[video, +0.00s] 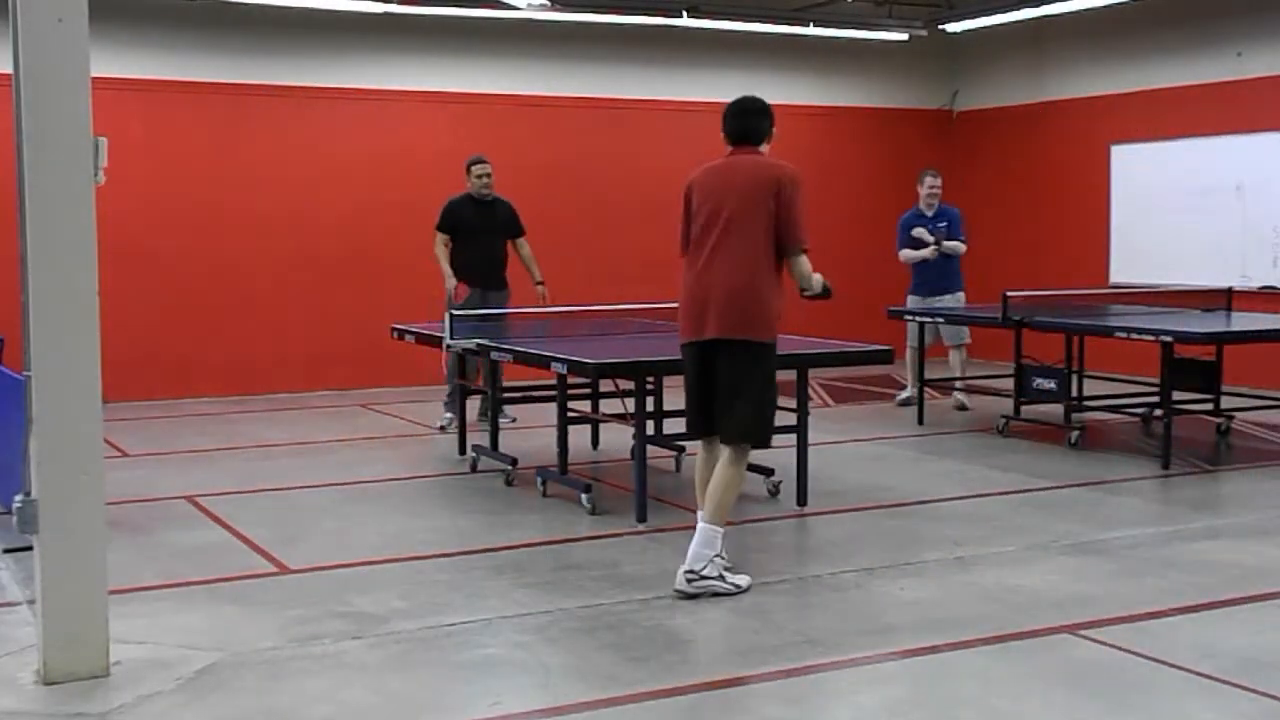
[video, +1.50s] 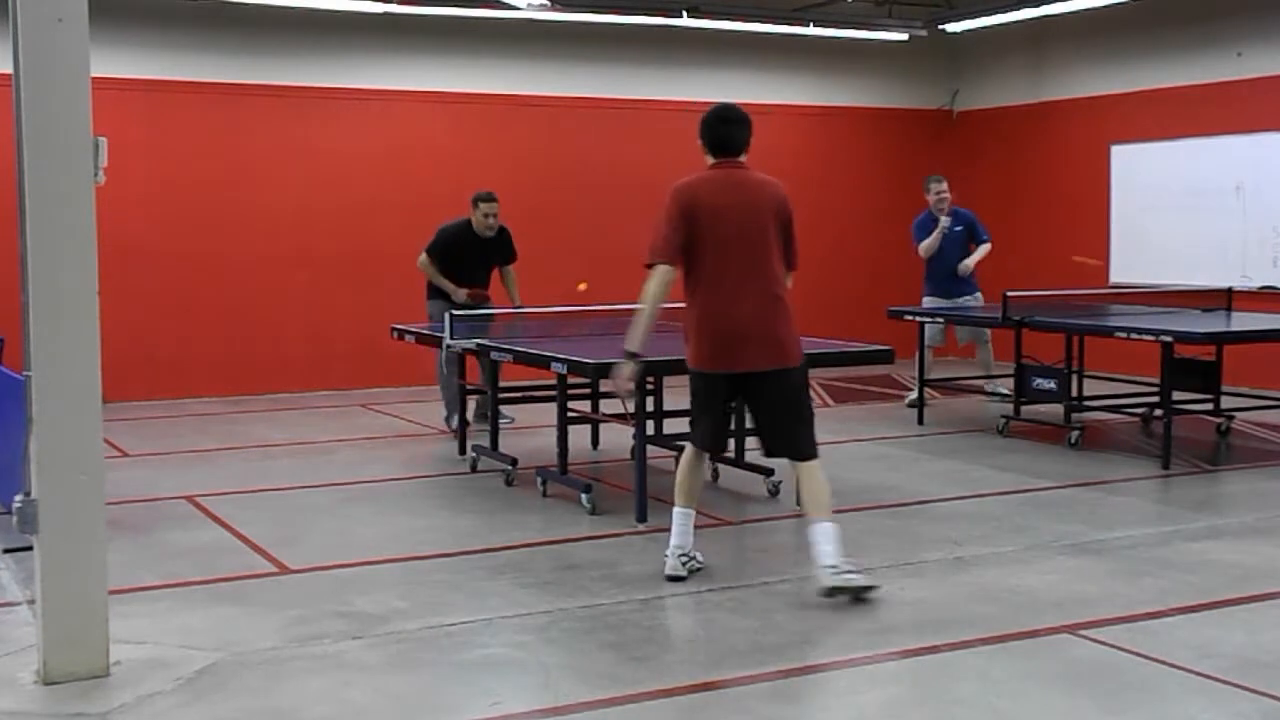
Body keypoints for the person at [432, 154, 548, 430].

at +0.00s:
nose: (486, 181)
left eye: (489, 176)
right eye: (479, 177)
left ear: (494, 178)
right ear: (468, 180)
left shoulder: (505, 209)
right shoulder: (455, 208)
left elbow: (521, 245)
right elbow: (441, 244)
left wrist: (538, 280)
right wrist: (449, 278)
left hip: (497, 290)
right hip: (464, 289)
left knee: (495, 351)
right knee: (459, 350)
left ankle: (492, 405)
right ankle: (453, 407)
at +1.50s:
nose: (492, 222)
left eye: (495, 216)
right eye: (486, 216)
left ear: (499, 214)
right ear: (473, 214)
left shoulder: (501, 236)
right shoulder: (451, 234)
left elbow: (506, 270)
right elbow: (423, 262)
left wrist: (517, 302)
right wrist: (453, 290)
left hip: (480, 301)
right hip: (446, 302)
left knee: (490, 355)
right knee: (451, 357)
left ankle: (487, 407)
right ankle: (454, 413)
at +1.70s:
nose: (497, 233)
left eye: (501, 227)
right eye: (491, 228)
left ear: (505, 225)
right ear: (477, 225)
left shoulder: (498, 242)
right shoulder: (459, 245)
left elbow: (488, 264)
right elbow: (432, 287)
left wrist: (490, 284)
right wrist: (462, 308)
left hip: (465, 305)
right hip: (435, 306)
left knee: (480, 355)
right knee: (442, 363)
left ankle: (483, 408)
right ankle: (455, 418)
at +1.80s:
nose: (497, 234)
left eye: (500, 228)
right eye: (491, 228)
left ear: (503, 225)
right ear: (476, 225)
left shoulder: (491, 245)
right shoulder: (459, 246)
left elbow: (471, 273)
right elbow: (447, 295)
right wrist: (489, 308)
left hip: (457, 302)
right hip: (431, 304)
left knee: (465, 357)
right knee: (440, 363)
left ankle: (475, 408)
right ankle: (455, 419)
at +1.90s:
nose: (495, 238)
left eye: (498, 232)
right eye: (490, 231)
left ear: (502, 227)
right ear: (475, 226)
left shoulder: (482, 241)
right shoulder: (461, 245)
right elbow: (472, 288)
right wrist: (518, 290)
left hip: (454, 302)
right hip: (430, 303)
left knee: (458, 355)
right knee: (439, 362)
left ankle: (461, 403)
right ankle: (454, 419)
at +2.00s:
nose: (493, 240)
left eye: (496, 234)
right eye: (488, 234)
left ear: (498, 229)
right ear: (473, 228)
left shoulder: (473, 232)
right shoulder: (459, 245)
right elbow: (489, 264)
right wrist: (521, 272)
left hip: (452, 302)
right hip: (427, 303)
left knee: (459, 354)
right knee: (438, 361)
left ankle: (457, 406)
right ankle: (453, 416)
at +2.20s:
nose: (489, 228)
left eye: (492, 222)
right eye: (484, 221)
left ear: (494, 219)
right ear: (470, 217)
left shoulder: (475, 235)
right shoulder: (456, 235)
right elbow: (451, 266)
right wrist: (485, 283)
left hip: (448, 303)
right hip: (426, 303)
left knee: (458, 352)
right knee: (439, 360)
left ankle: (436, 401)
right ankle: (454, 419)